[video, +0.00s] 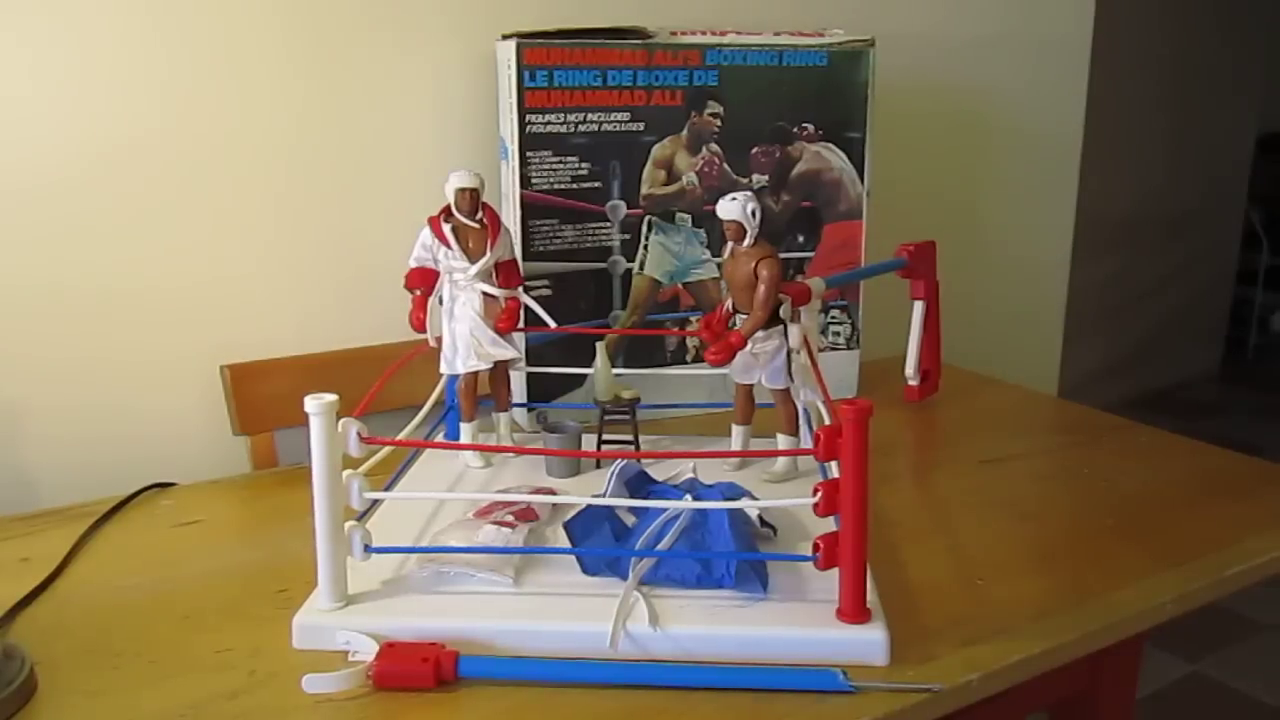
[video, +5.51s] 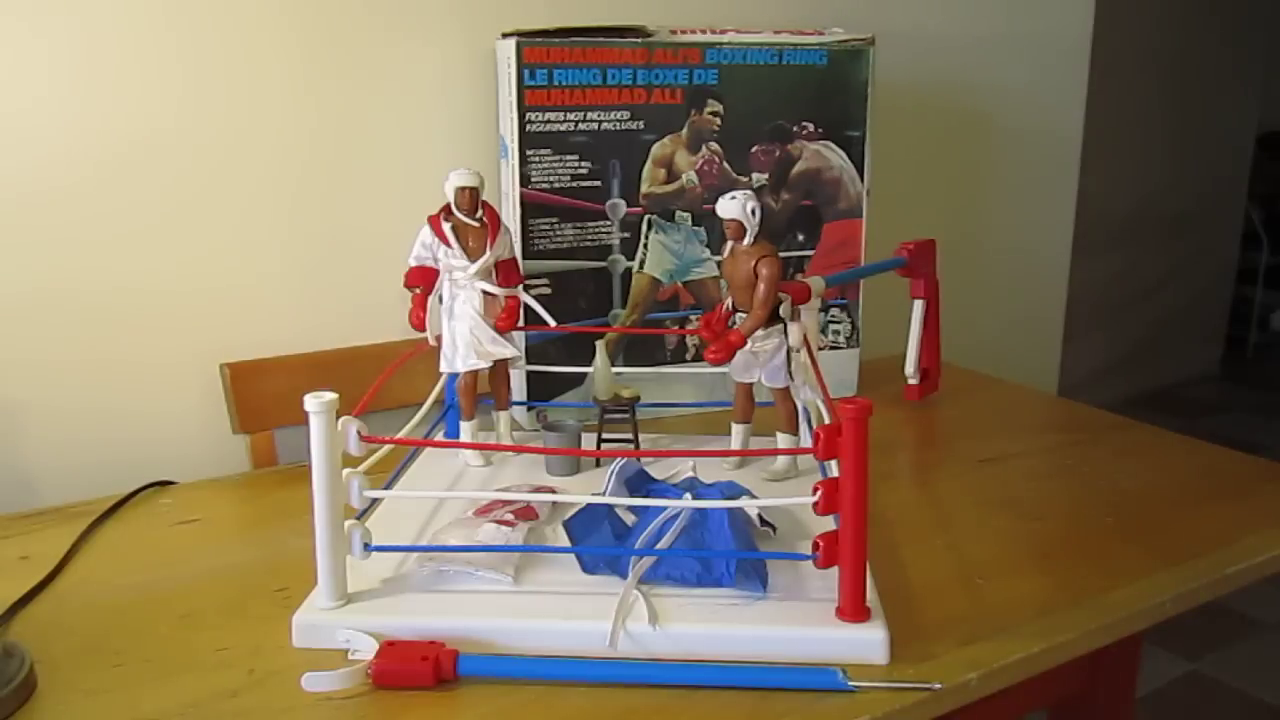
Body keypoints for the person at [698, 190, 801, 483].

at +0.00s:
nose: (725, 229)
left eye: (730, 224)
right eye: (723, 223)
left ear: (748, 224)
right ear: (725, 224)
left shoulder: (767, 262)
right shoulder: (730, 251)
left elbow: (762, 313)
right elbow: (735, 293)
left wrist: (736, 339)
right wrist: (721, 317)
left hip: (770, 334)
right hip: (744, 331)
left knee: (780, 392)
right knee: (742, 387)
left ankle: (787, 457)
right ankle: (738, 450)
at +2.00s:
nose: (725, 227)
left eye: (730, 222)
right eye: (723, 222)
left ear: (748, 223)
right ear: (723, 223)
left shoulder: (767, 263)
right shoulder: (731, 250)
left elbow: (761, 313)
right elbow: (735, 293)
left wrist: (735, 340)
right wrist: (720, 318)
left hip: (769, 333)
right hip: (743, 330)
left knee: (780, 392)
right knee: (742, 387)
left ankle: (786, 457)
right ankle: (737, 450)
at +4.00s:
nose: (725, 227)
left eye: (730, 222)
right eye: (723, 222)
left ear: (747, 223)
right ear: (724, 222)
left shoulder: (767, 261)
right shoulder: (729, 249)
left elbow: (761, 313)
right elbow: (733, 292)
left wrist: (735, 338)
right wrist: (719, 316)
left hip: (770, 332)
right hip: (742, 328)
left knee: (780, 390)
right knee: (742, 386)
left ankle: (787, 456)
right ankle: (738, 450)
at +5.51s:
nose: (725, 227)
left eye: (731, 222)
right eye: (724, 222)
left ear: (748, 222)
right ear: (724, 222)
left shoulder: (767, 260)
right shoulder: (730, 250)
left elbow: (761, 312)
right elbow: (736, 292)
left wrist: (735, 338)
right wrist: (721, 315)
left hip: (770, 332)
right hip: (743, 329)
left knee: (779, 390)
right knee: (742, 385)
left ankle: (787, 456)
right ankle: (738, 450)